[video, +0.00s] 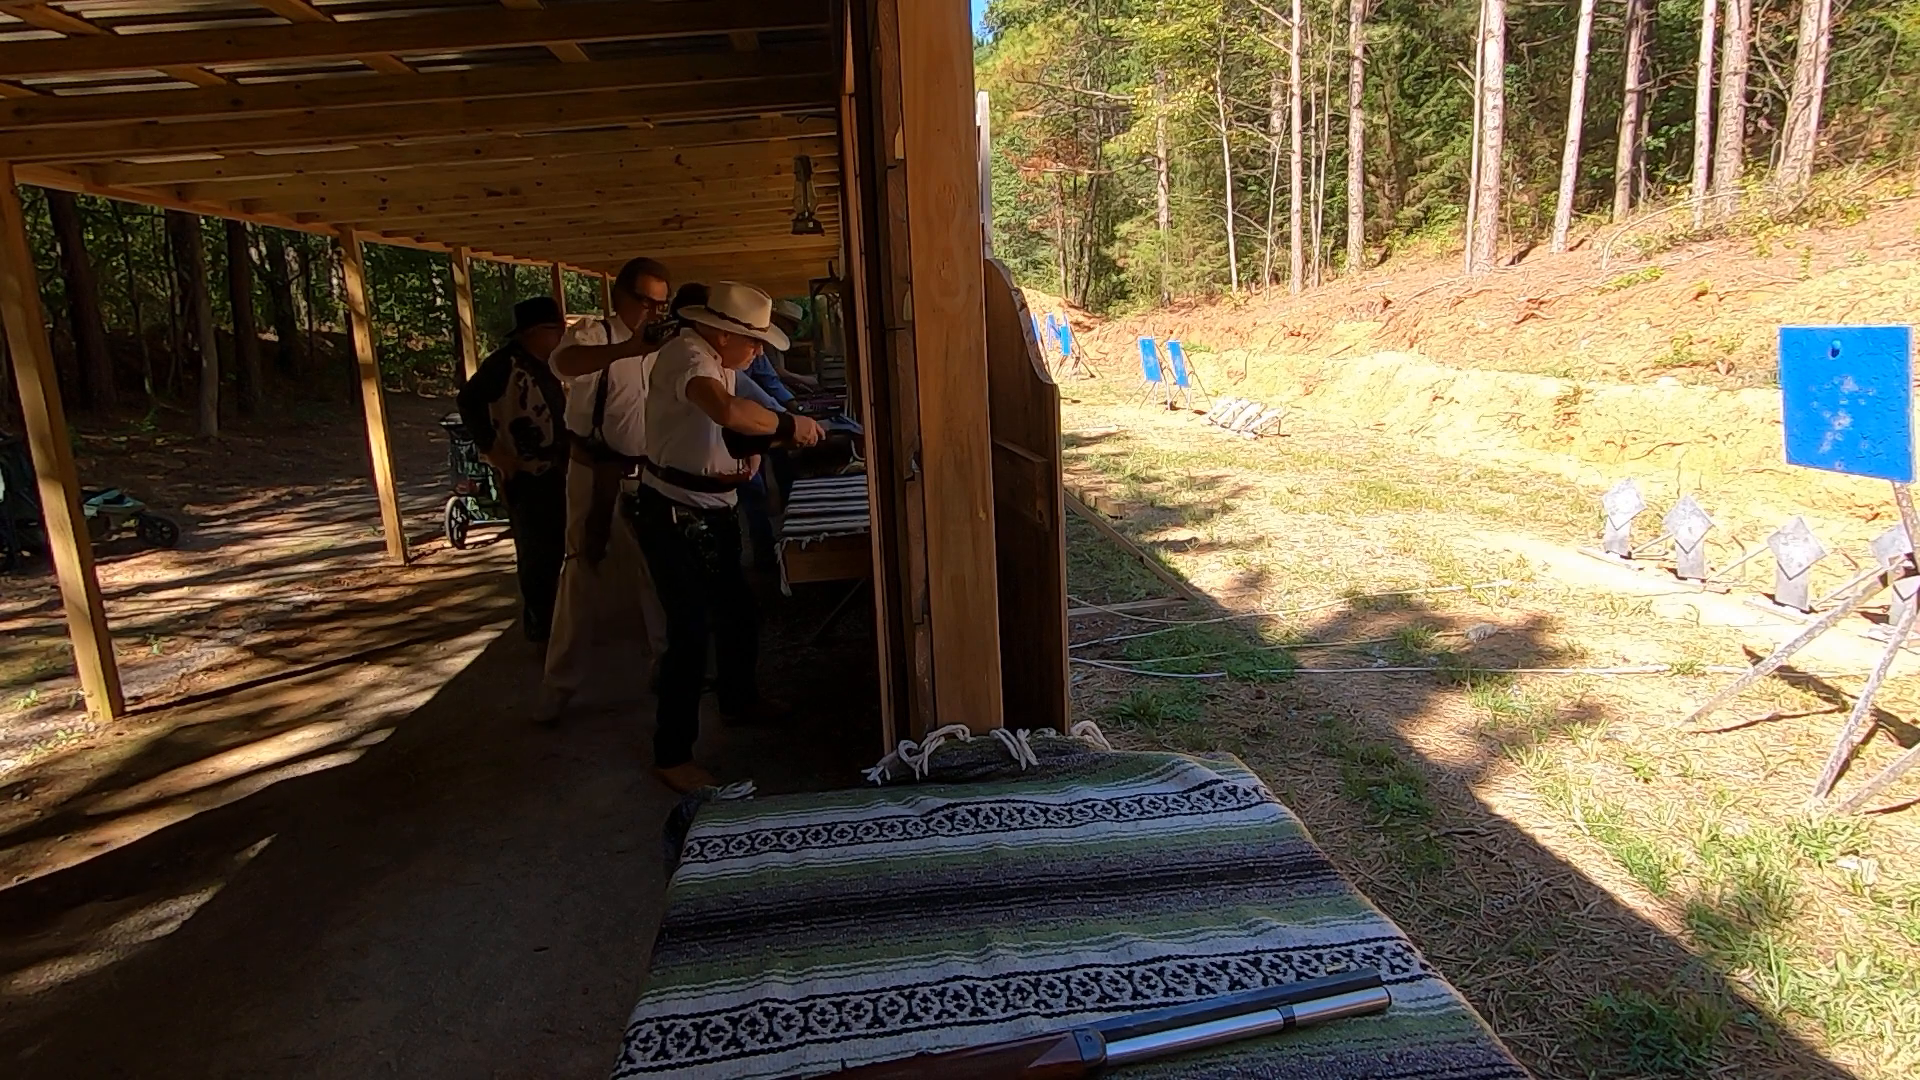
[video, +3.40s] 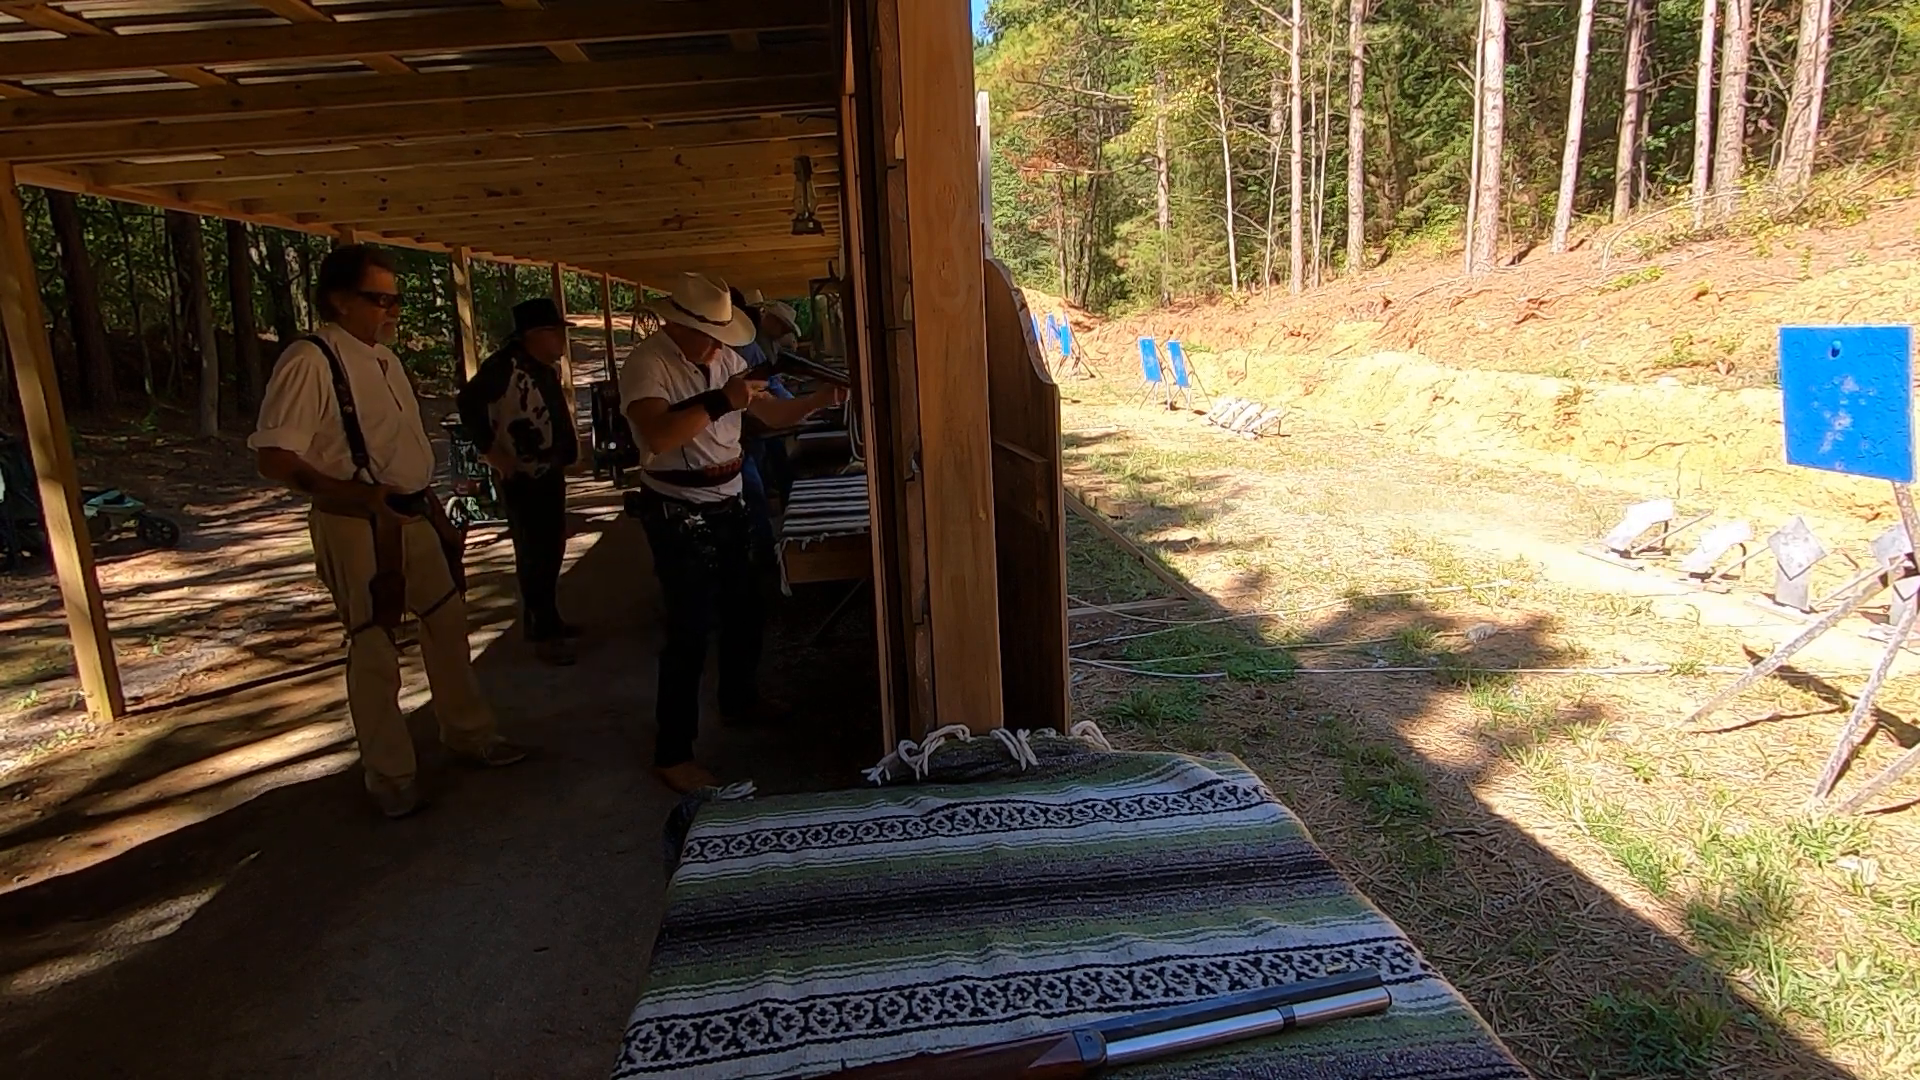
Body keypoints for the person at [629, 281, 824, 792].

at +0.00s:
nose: (757, 355)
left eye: (760, 346)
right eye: (753, 344)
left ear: (727, 335)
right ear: (725, 333)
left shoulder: (717, 362)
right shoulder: (686, 353)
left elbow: (722, 424)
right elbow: (724, 409)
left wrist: (751, 450)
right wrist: (786, 423)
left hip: (717, 512)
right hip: (672, 513)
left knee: (737, 613)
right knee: (689, 632)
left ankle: (740, 706)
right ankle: (673, 756)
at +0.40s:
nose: (750, 333)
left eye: (750, 324)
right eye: (743, 325)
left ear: (722, 324)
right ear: (712, 323)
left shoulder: (730, 359)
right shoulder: (669, 343)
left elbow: (757, 415)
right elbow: (702, 390)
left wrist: (784, 383)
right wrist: (755, 370)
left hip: (724, 508)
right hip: (674, 510)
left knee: (734, 615)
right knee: (682, 632)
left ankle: (739, 707)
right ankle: (672, 756)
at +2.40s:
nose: (727, 333)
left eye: (728, 324)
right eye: (717, 324)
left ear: (725, 325)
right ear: (684, 324)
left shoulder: (726, 376)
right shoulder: (651, 346)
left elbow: (785, 415)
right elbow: (688, 380)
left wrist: (850, 399)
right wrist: (749, 377)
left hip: (707, 513)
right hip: (652, 513)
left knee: (732, 613)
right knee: (674, 629)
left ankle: (740, 708)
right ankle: (672, 756)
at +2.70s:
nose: (723, 330)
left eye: (724, 321)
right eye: (714, 321)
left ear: (717, 321)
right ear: (682, 321)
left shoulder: (720, 363)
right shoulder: (651, 349)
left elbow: (773, 415)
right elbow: (671, 412)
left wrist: (834, 383)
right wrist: (740, 404)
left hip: (709, 511)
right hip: (656, 512)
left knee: (727, 615)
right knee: (674, 629)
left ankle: (741, 710)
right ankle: (672, 756)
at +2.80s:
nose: (725, 330)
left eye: (726, 321)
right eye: (715, 321)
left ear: (721, 322)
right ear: (681, 318)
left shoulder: (720, 363)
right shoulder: (645, 362)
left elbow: (758, 425)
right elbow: (640, 444)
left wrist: (798, 394)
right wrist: (702, 416)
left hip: (718, 511)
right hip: (666, 514)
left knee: (731, 617)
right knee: (681, 630)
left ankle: (740, 710)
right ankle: (673, 756)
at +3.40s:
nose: (718, 345)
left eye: (721, 335)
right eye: (708, 335)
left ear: (719, 329)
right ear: (679, 327)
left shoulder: (724, 360)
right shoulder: (646, 363)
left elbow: (769, 412)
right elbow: (657, 436)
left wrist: (818, 400)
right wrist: (723, 399)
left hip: (734, 507)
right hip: (679, 514)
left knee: (744, 614)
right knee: (688, 630)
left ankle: (741, 707)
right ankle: (674, 756)